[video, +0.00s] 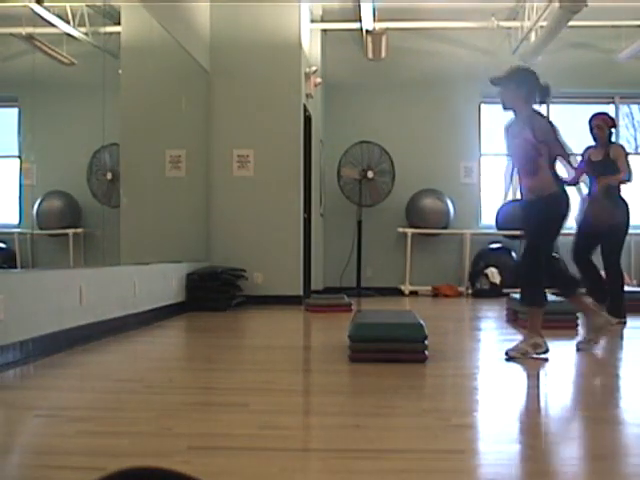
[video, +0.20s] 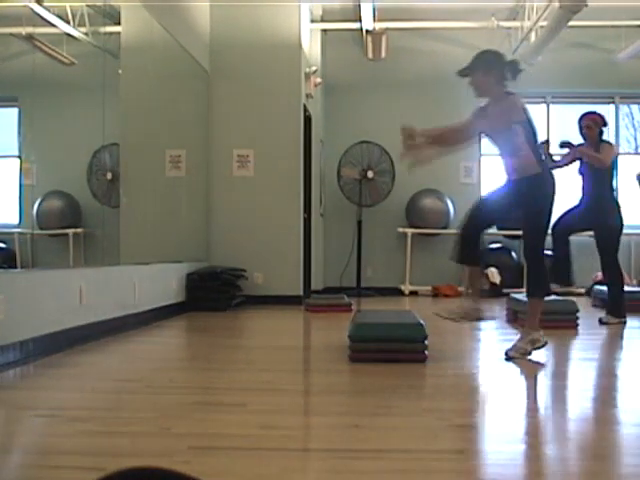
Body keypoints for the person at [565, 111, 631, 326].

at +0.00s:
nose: (597, 131)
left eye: (601, 127)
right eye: (594, 128)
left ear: (609, 128)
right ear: (591, 130)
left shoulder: (617, 149)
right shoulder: (589, 153)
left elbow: (626, 175)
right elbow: (575, 178)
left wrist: (605, 180)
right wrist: (561, 180)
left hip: (614, 207)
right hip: (593, 207)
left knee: (611, 259)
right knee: (580, 254)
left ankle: (616, 311)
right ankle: (602, 297)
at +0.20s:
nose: (586, 130)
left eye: (590, 127)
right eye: (583, 128)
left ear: (600, 128)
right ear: (580, 131)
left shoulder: (608, 148)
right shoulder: (580, 149)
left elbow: (604, 162)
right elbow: (558, 164)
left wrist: (579, 152)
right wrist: (545, 156)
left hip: (607, 210)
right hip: (585, 208)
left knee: (609, 259)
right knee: (559, 230)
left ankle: (617, 312)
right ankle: (562, 282)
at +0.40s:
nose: (568, 125)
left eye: (571, 120)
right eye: (564, 122)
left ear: (579, 121)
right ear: (561, 124)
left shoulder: (589, 140)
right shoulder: (560, 145)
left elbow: (597, 158)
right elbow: (542, 160)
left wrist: (574, 166)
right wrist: (532, 161)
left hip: (593, 201)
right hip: (571, 200)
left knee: (593, 251)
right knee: (553, 235)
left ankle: (610, 305)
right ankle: (552, 288)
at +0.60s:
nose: (553, 112)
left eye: (557, 107)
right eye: (551, 108)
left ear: (567, 108)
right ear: (549, 111)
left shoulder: (585, 130)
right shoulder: (549, 136)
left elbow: (611, 152)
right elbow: (544, 159)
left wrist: (603, 179)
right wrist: (542, 181)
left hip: (587, 188)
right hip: (564, 188)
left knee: (568, 229)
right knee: (556, 236)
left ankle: (576, 282)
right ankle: (553, 287)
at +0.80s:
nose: (544, 111)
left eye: (548, 107)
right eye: (545, 107)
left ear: (561, 111)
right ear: (556, 111)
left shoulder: (584, 128)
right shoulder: (551, 134)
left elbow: (612, 149)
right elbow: (546, 162)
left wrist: (606, 174)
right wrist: (543, 182)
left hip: (585, 189)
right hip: (562, 190)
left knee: (566, 233)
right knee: (555, 235)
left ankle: (557, 286)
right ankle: (551, 285)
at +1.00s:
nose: (560, 111)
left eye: (564, 107)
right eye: (559, 107)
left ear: (576, 107)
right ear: (562, 109)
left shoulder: (593, 124)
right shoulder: (563, 130)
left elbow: (603, 131)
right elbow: (539, 138)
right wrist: (518, 132)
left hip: (595, 189)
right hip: (573, 190)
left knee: (584, 235)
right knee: (561, 237)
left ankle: (597, 290)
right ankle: (552, 288)